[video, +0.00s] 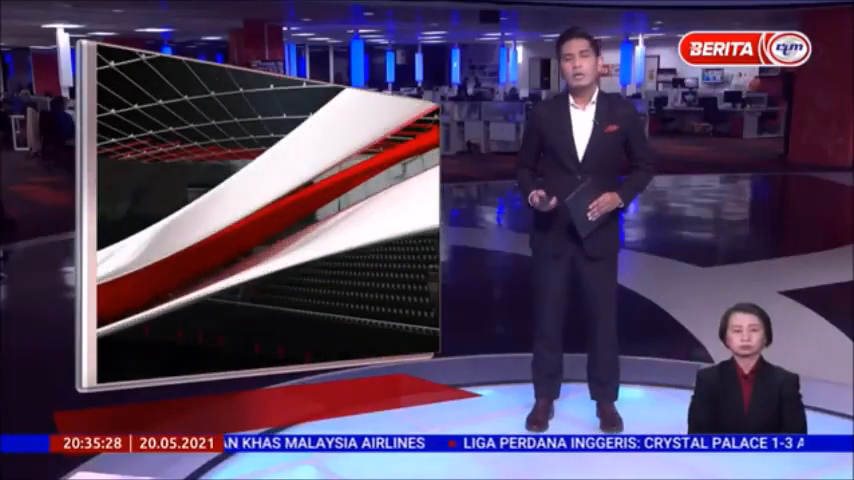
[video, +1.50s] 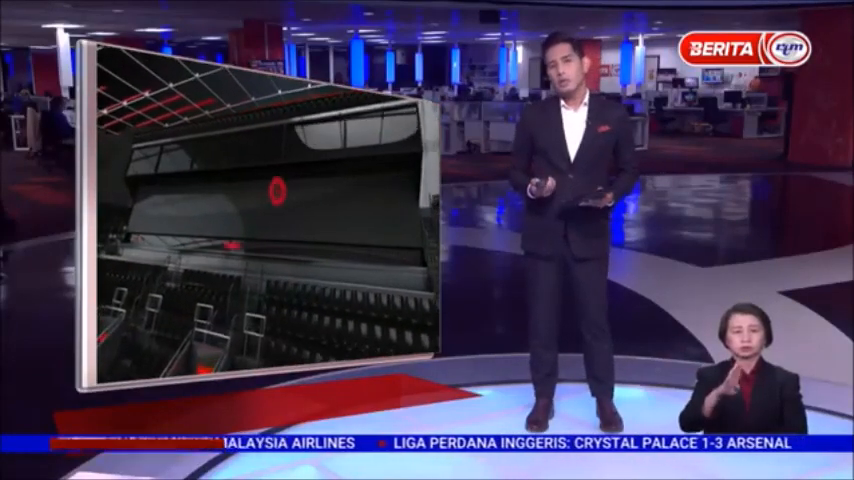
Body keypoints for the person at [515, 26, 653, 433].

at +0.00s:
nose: (576, 64)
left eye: (584, 56)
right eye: (568, 58)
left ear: (599, 63)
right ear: (560, 67)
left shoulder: (621, 111)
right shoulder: (542, 112)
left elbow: (644, 166)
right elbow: (524, 166)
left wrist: (620, 196)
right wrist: (533, 192)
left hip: (599, 229)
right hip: (551, 229)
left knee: (602, 316)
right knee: (548, 315)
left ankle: (606, 400)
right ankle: (544, 397)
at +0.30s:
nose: (569, 65)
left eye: (577, 57)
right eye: (561, 58)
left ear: (592, 63)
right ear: (553, 67)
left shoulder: (614, 111)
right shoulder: (535, 112)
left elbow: (630, 171)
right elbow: (518, 167)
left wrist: (605, 198)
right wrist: (532, 187)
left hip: (589, 230)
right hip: (542, 230)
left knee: (597, 316)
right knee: (543, 316)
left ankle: (605, 400)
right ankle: (543, 397)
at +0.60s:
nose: (567, 64)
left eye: (574, 56)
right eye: (559, 58)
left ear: (588, 63)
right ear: (549, 66)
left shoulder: (610, 111)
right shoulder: (533, 112)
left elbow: (625, 172)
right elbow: (515, 166)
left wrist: (599, 196)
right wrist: (529, 187)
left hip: (588, 232)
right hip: (541, 232)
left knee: (595, 317)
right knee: (542, 317)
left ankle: (605, 400)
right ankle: (543, 398)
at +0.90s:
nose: (566, 65)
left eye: (573, 57)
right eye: (558, 58)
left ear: (587, 63)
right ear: (548, 67)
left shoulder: (609, 111)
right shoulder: (532, 113)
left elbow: (628, 168)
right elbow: (514, 167)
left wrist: (607, 197)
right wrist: (529, 188)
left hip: (588, 231)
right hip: (541, 231)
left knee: (594, 318)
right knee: (542, 318)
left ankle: (604, 399)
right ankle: (542, 398)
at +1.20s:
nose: (559, 68)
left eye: (565, 59)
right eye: (551, 63)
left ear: (584, 63)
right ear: (546, 71)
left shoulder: (611, 111)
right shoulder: (533, 114)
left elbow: (629, 168)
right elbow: (517, 169)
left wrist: (609, 195)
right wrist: (529, 187)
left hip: (589, 231)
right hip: (542, 231)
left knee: (594, 318)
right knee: (542, 318)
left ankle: (605, 400)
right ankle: (542, 398)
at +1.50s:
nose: (559, 70)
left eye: (566, 61)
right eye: (551, 65)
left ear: (584, 64)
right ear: (546, 73)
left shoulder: (611, 112)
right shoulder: (533, 114)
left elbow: (629, 168)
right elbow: (517, 170)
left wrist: (613, 194)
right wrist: (530, 187)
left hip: (589, 232)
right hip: (543, 232)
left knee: (594, 319)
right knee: (542, 319)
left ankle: (605, 400)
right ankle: (542, 398)